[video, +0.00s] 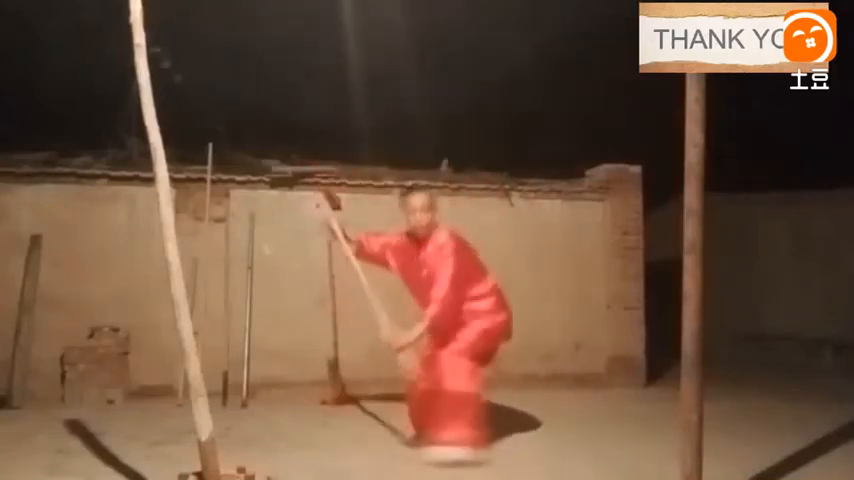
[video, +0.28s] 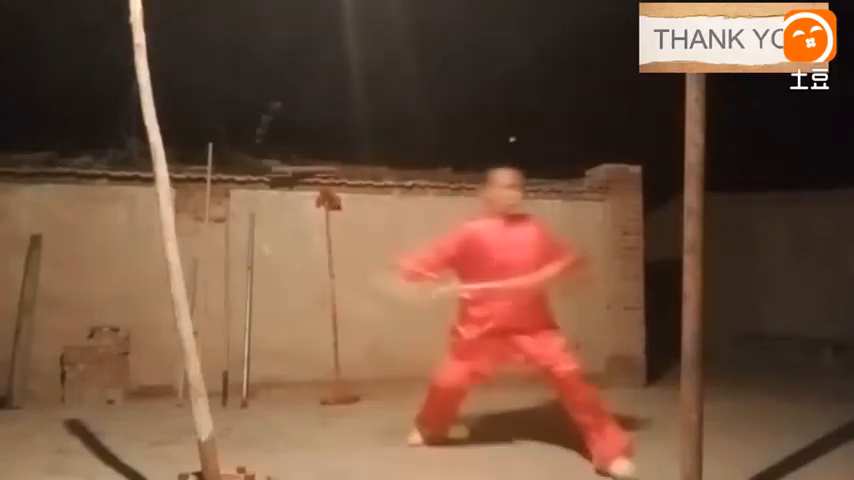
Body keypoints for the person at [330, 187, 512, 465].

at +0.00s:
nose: (421, 218)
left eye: (426, 210)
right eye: (414, 212)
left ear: (435, 212)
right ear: (405, 215)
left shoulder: (445, 243)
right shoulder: (401, 245)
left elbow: (443, 298)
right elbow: (365, 246)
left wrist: (411, 336)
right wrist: (339, 232)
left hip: (485, 316)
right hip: (452, 319)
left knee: (454, 359)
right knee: (425, 365)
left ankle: (459, 439)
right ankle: (431, 431)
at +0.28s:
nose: (513, 195)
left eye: (517, 188)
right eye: (505, 188)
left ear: (523, 193)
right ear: (488, 193)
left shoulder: (534, 231)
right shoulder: (473, 232)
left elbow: (572, 259)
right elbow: (429, 260)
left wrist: (541, 277)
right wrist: (417, 273)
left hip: (532, 331)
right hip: (480, 331)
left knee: (571, 379)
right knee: (447, 383)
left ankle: (612, 452)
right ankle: (428, 430)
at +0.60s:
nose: (548, 201)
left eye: (552, 194)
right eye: (540, 194)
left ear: (555, 197)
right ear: (519, 199)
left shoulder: (553, 228)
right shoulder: (518, 235)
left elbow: (587, 218)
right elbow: (563, 269)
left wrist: (608, 206)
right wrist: (616, 260)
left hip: (543, 335)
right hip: (499, 337)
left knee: (584, 375)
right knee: (459, 393)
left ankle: (615, 459)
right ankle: (406, 435)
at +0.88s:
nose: (547, 209)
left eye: (550, 202)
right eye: (540, 202)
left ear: (554, 204)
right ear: (520, 206)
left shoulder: (535, 233)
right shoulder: (519, 238)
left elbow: (573, 212)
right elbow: (577, 221)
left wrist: (592, 185)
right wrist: (628, 176)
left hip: (528, 343)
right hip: (496, 343)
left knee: (577, 378)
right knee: (456, 396)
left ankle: (615, 457)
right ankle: (395, 435)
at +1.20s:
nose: (554, 204)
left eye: (557, 196)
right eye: (547, 196)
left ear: (559, 196)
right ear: (526, 197)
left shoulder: (537, 228)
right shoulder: (523, 232)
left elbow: (583, 209)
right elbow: (584, 219)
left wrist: (626, 179)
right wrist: (637, 180)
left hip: (527, 334)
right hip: (500, 336)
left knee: (579, 378)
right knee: (460, 399)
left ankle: (614, 457)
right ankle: (397, 431)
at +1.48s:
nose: (563, 183)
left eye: (569, 176)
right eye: (556, 174)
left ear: (572, 180)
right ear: (536, 176)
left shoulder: (553, 214)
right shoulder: (524, 208)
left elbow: (583, 243)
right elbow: (572, 212)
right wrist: (623, 197)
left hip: (537, 320)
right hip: (495, 315)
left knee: (579, 376)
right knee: (458, 384)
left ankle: (609, 455)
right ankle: (403, 426)